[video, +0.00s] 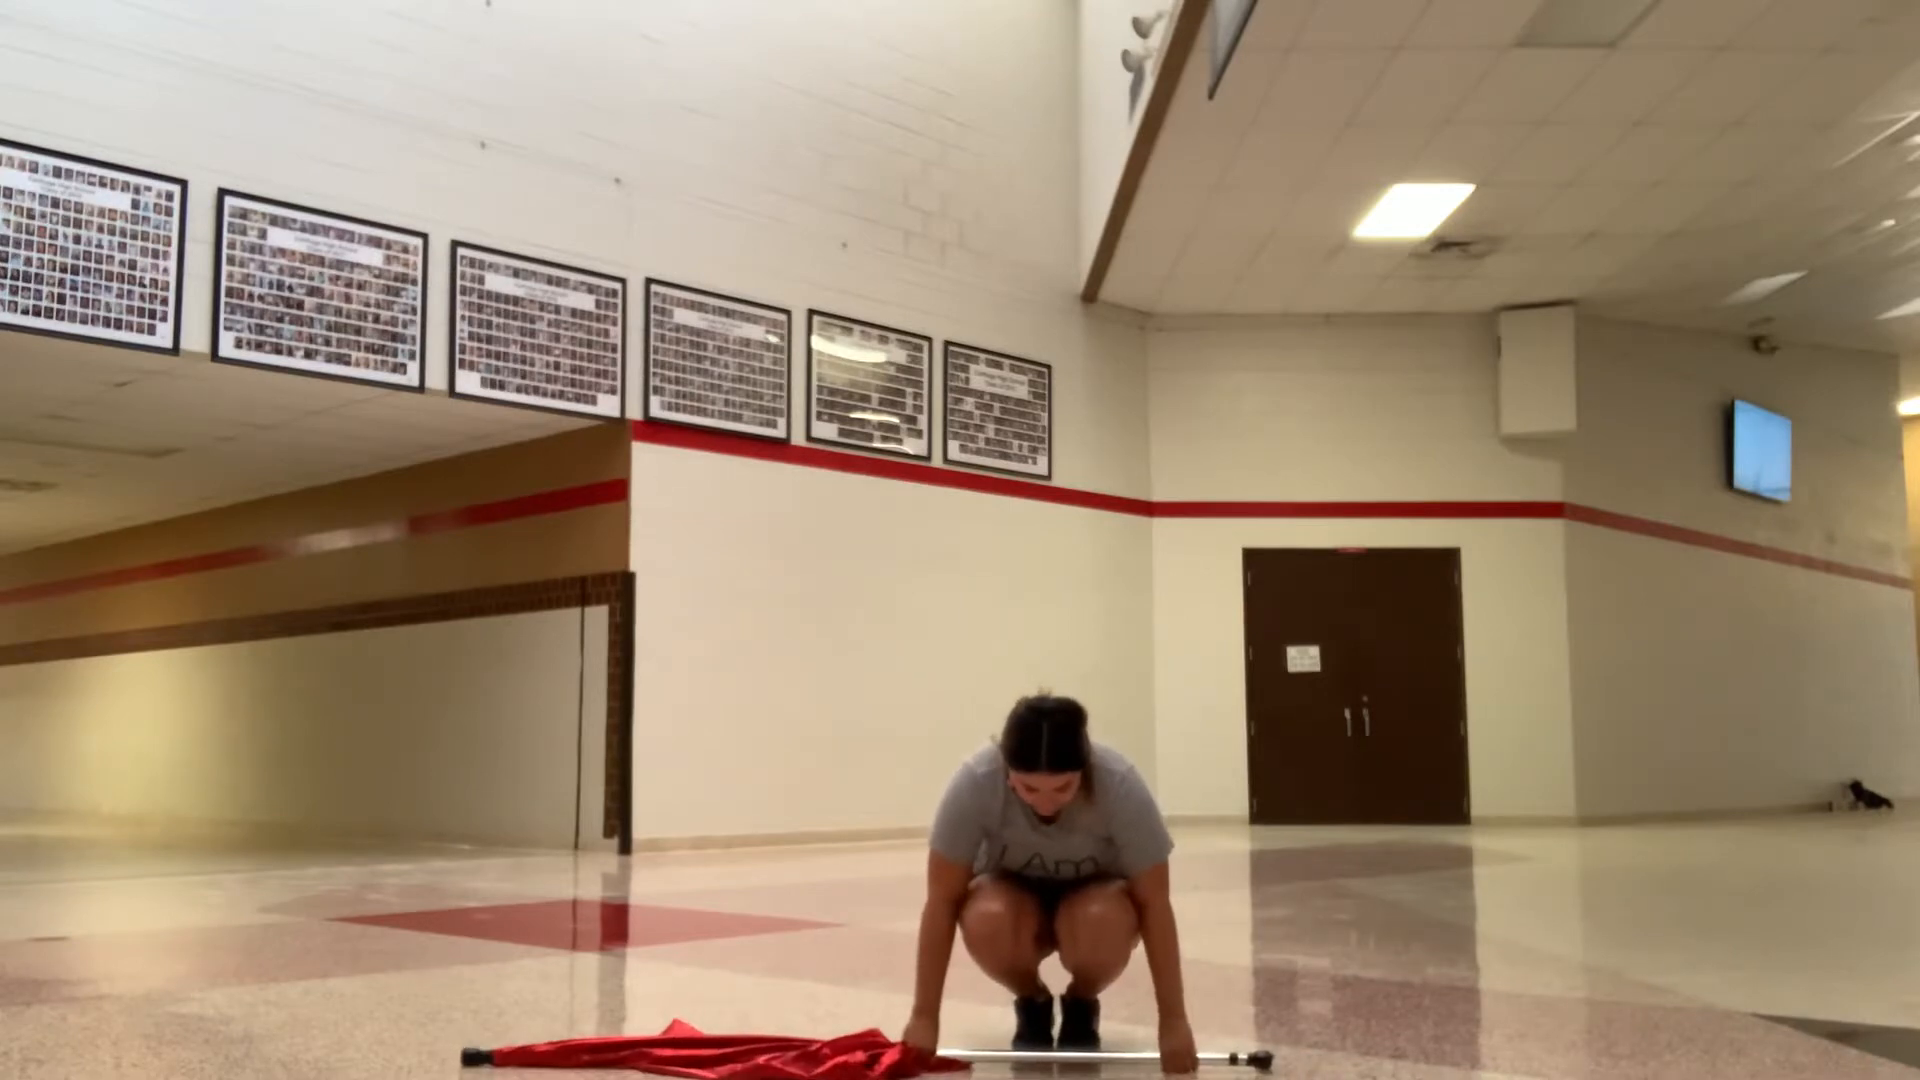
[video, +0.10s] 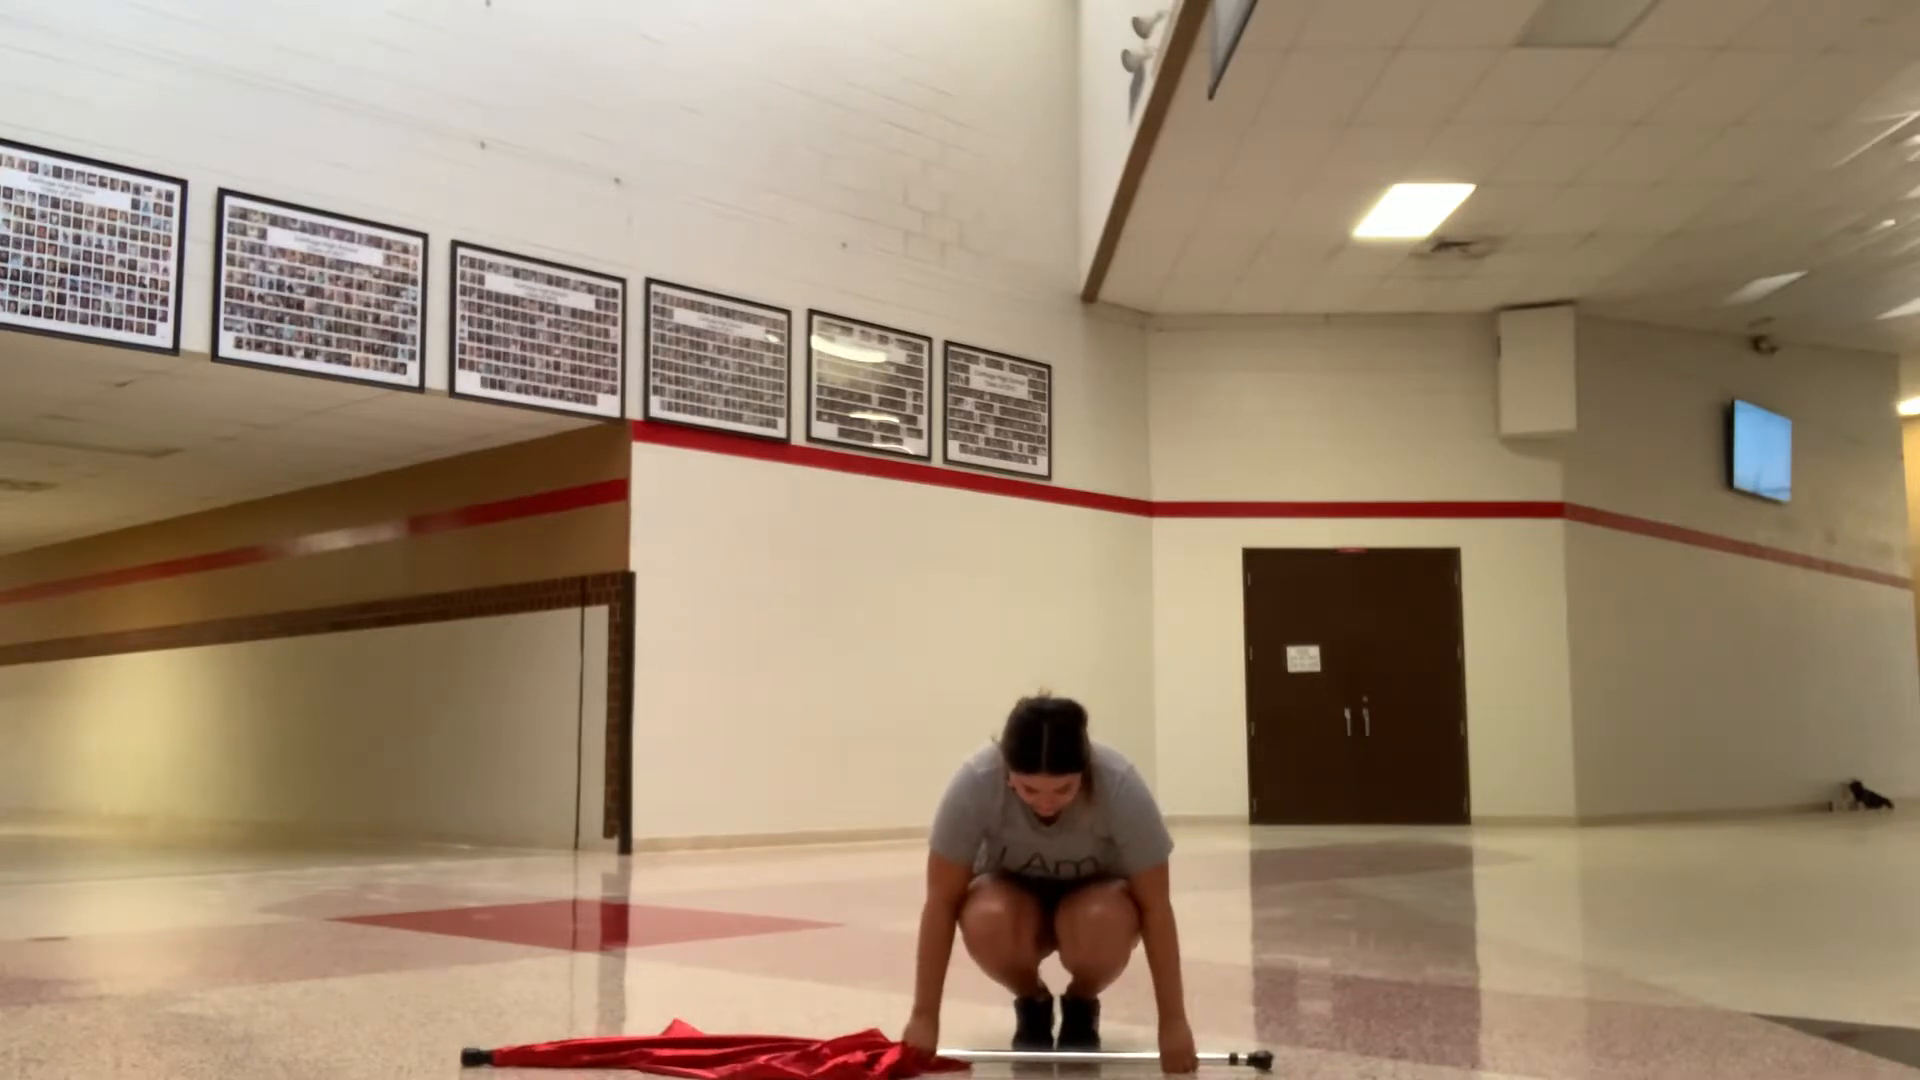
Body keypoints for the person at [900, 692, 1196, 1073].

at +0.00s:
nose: (1046, 804)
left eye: (1062, 789)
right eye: (1030, 789)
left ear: (1081, 770)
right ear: (1010, 773)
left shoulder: (1121, 788)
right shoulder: (975, 786)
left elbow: (1156, 906)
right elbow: (942, 902)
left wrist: (1173, 1022)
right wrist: (924, 1017)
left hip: (1092, 909)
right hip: (1019, 909)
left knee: (1102, 920)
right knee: (987, 917)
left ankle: (1082, 1004)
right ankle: (1032, 1002)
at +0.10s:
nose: (1046, 804)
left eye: (1062, 790)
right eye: (1030, 790)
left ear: (1082, 771)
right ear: (1010, 773)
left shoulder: (1121, 789)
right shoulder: (975, 787)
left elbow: (1157, 910)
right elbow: (941, 904)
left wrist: (1173, 1023)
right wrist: (924, 1017)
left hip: (1092, 908)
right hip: (1019, 908)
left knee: (1101, 921)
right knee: (987, 917)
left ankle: (1082, 1003)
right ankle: (1032, 1001)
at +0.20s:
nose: (1045, 805)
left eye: (1061, 790)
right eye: (1030, 791)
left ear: (1082, 772)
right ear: (1009, 773)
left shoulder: (1121, 789)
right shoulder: (975, 787)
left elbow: (1157, 909)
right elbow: (941, 904)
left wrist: (1173, 1024)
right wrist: (923, 1017)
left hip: (1092, 908)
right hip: (1019, 907)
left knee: (1101, 921)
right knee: (987, 917)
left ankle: (1082, 1003)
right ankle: (1032, 1001)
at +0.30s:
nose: (1046, 805)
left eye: (1061, 791)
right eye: (1030, 791)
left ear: (1081, 772)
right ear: (1008, 774)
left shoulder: (1121, 789)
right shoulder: (974, 787)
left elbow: (1156, 910)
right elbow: (940, 905)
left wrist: (1173, 1024)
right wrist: (923, 1017)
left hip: (1092, 908)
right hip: (1019, 908)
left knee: (1101, 921)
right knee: (987, 917)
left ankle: (1082, 1004)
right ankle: (1032, 1001)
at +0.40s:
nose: (1044, 806)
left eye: (1060, 791)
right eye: (1029, 792)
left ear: (1080, 773)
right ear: (1008, 774)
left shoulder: (1120, 789)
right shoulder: (973, 788)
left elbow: (1156, 909)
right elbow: (940, 905)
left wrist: (1173, 1024)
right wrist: (923, 1017)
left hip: (1092, 908)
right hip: (1019, 908)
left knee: (1101, 922)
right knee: (987, 917)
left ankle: (1082, 1003)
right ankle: (1032, 1001)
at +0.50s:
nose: (1044, 806)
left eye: (1060, 791)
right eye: (1029, 792)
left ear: (1080, 773)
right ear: (1007, 774)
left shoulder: (1120, 789)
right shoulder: (973, 787)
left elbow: (1156, 910)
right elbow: (940, 905)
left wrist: (1173, 1024)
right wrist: (923, 1017)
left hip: (1092, 908)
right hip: (1019, 908)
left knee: (1101, 921)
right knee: (987, 917)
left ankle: (1082, 1003)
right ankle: (1032, 1001)